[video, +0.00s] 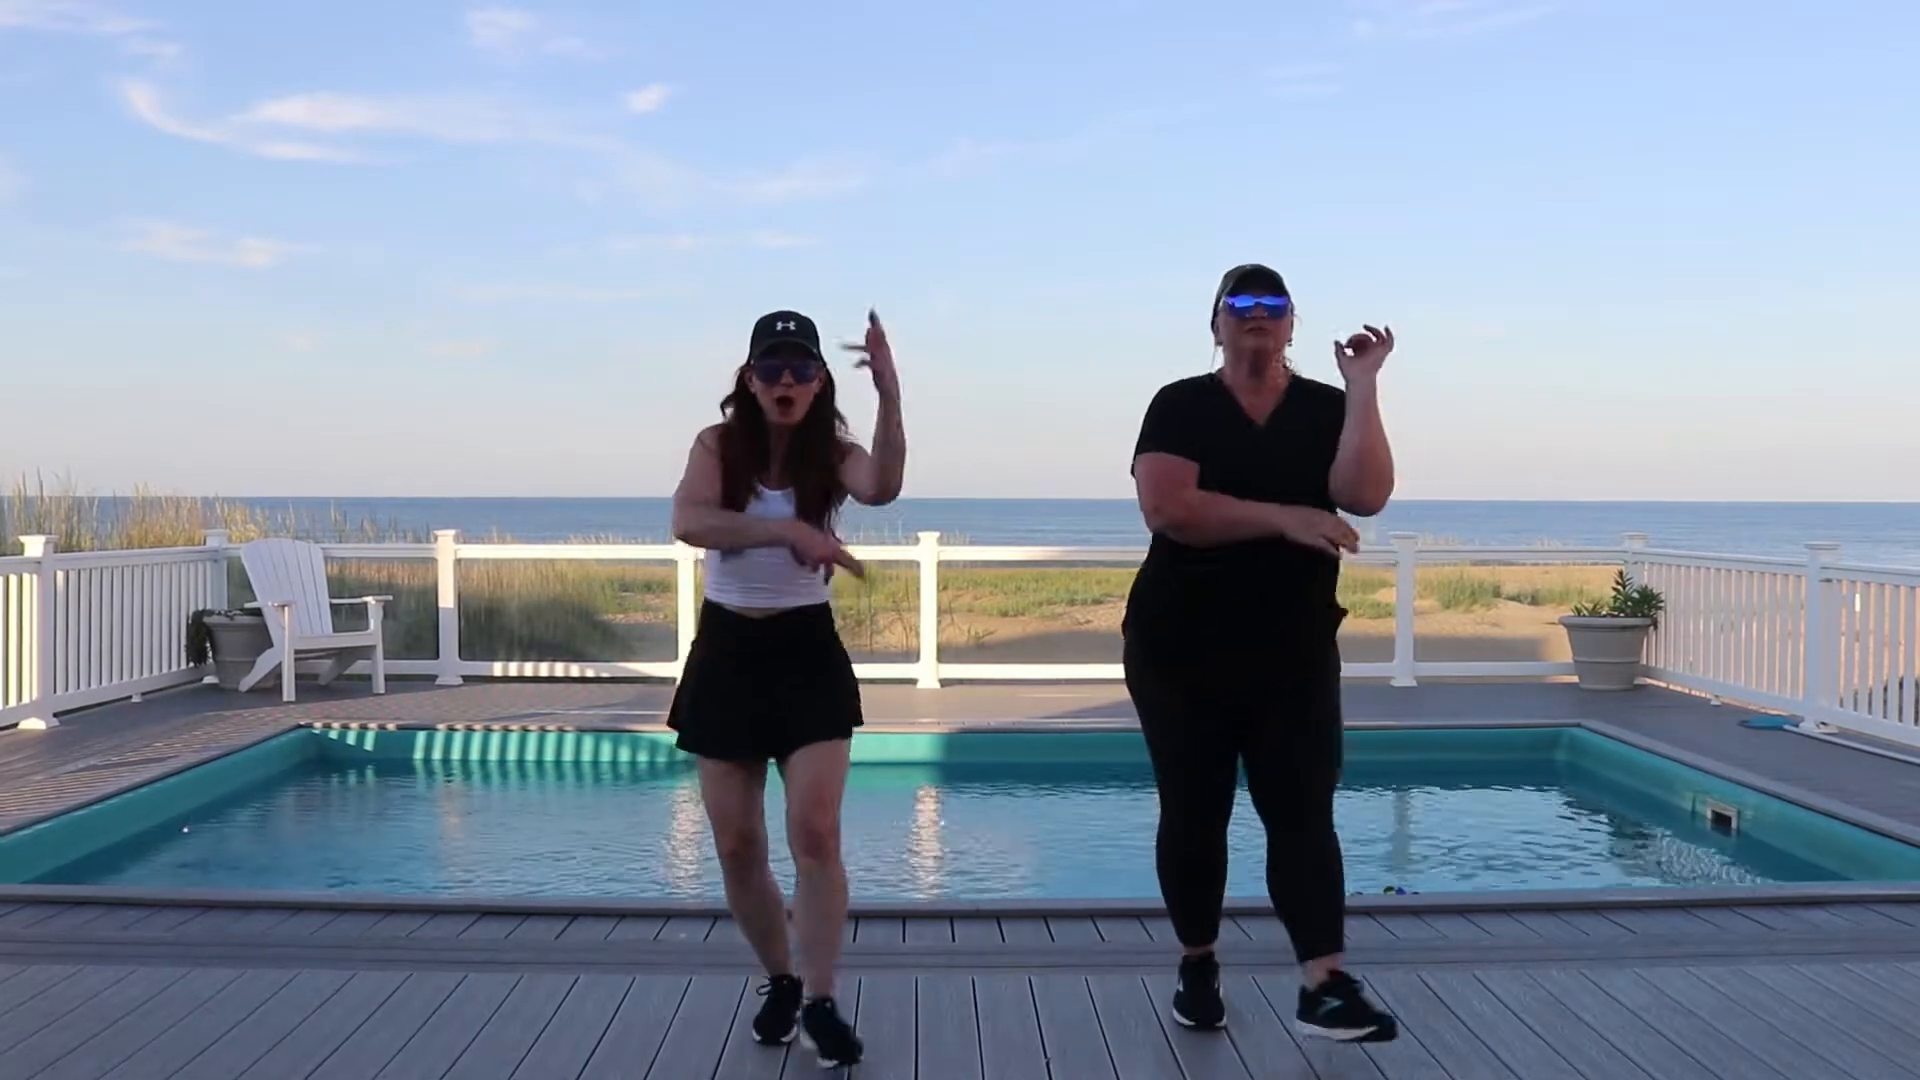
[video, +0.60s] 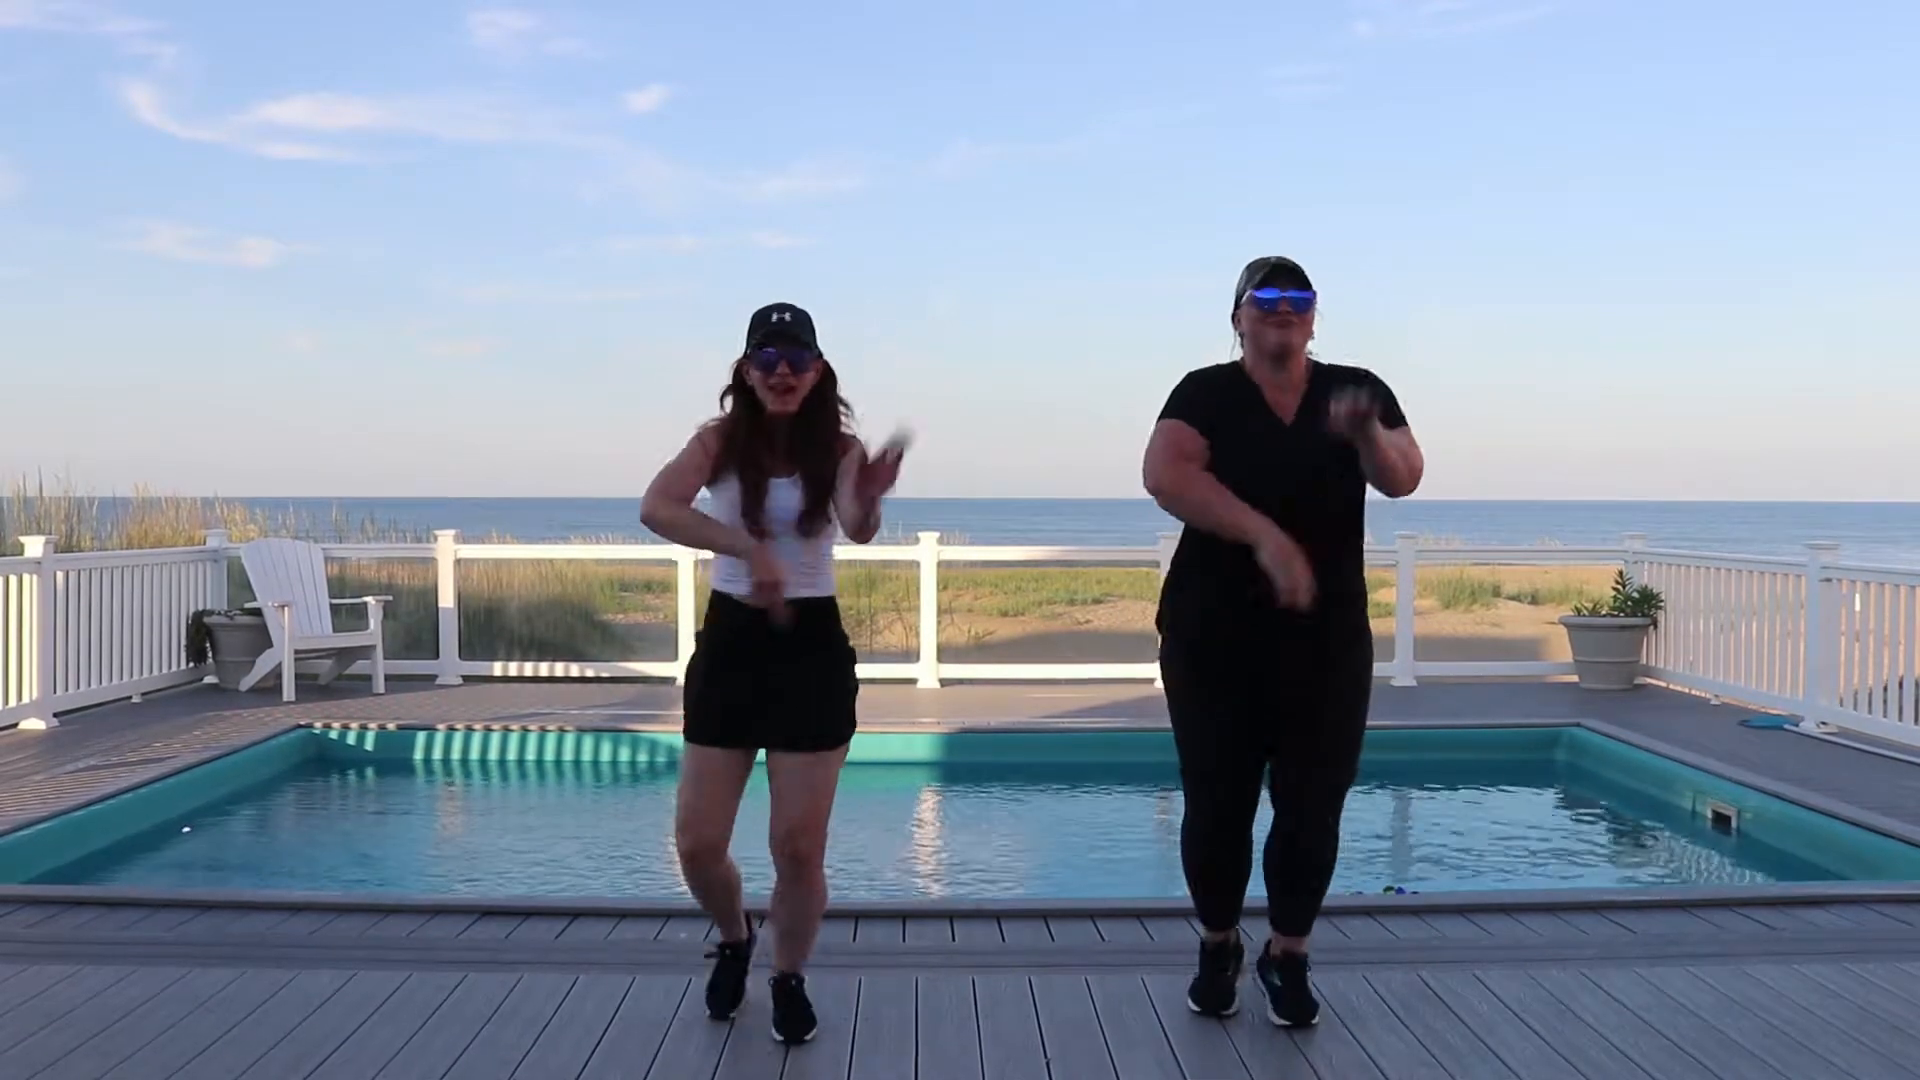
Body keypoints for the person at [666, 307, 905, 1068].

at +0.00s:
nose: (786, 383)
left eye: (801, 369)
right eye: (771, 369)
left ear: (820, 379)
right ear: (749, 376)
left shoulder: (829, 449)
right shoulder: (719, 444)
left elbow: (884, 485)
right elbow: (688, 522)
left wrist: (888, 394)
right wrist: (786, 530)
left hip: (809, 653)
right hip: (725, 655)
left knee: (816, 833)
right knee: (738, 848)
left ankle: (820, 1001)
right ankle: (782, 979)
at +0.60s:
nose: (783, 375)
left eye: (797, 360)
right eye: (768, 361)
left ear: (820, 367)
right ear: (747, 367)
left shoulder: (841, 448)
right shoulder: (721, 438)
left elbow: (859, 530)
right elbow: (659, 507)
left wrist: (872, 491)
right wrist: (747, 548)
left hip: (814, 646)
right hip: (731, 643)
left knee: (798, 845)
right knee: (697, 844)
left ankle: (789, 976)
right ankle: (735, 936)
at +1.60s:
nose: (760, 400)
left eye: (774, 387)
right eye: (745, 388)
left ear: (795, 394)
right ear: (723, 395)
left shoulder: (820, 471)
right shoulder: (695, 478)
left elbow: (884, 525)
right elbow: (668, 577)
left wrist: (888, 557)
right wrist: (745, 578)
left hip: (803, 672)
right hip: (719, 674)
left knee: (846, 860)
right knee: (717, 871)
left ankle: (833, 938)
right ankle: (771, 988)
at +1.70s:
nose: (769, 378)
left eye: (783, 366)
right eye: (755, 366)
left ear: (805, 376)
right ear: (733, 377)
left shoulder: (822, 459)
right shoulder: (702, 454)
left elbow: (887, 515)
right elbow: (683, 546)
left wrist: (900, 447)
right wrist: (787, 550)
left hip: (798, 659)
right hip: (713, 662)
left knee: (817, 837)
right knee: (716, 858)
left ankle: (816, 992)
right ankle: (769, 986)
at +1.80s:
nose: (778, 364)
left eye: (792, 351)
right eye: (763, 352)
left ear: (813, 359)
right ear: (741, 360)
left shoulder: (826, 449)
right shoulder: (708, 431)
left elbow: (873, 507)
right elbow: (688, 520)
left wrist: (899, 411)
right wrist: (799, 526)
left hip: (796, 649)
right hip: (710, 651)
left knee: (798, 836)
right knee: (717, 848)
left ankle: (791, 1007)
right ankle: (765, 983)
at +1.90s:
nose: (779, 377)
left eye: (794, 364)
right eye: (764, 364)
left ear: (814, 374)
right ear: (742, 372)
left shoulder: (829, 460)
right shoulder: (711, 440)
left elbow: (864, 532)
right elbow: (680, 524)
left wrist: (890, 422)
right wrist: (783, 526)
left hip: (795, 661)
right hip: (710, 661)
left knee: (789, 852)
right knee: (692, 855)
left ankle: (773, 1034)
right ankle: (756, 963)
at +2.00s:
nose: (779, 391)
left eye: (794, 378)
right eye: (765, 378)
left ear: (817, 388)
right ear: (744, 384)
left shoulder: (831, 474)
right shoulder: (709, 457)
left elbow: (848, 556)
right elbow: (678, 541)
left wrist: (877, 449)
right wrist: (782, 545)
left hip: (797, 669)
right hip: (711, 667)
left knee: (793, 854)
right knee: (691, 865)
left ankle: (775, 1027)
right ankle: (740, 948)